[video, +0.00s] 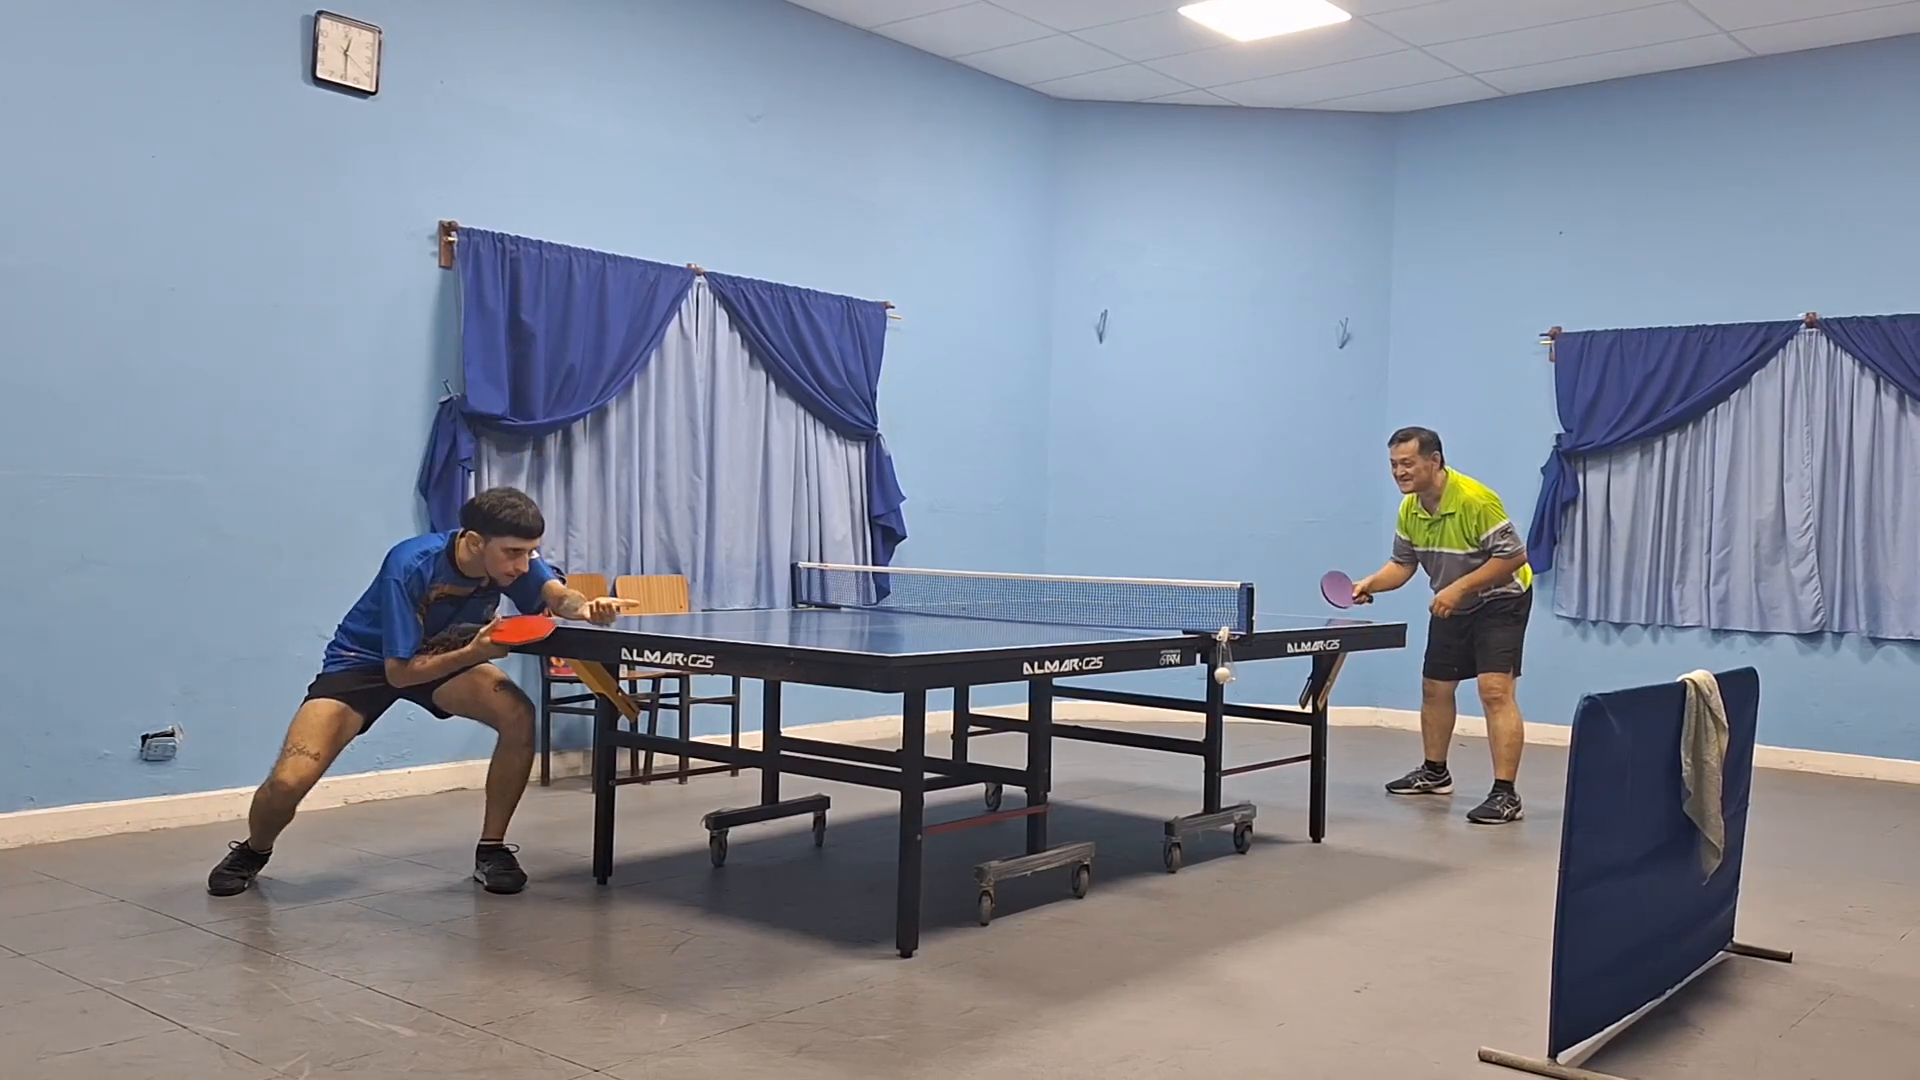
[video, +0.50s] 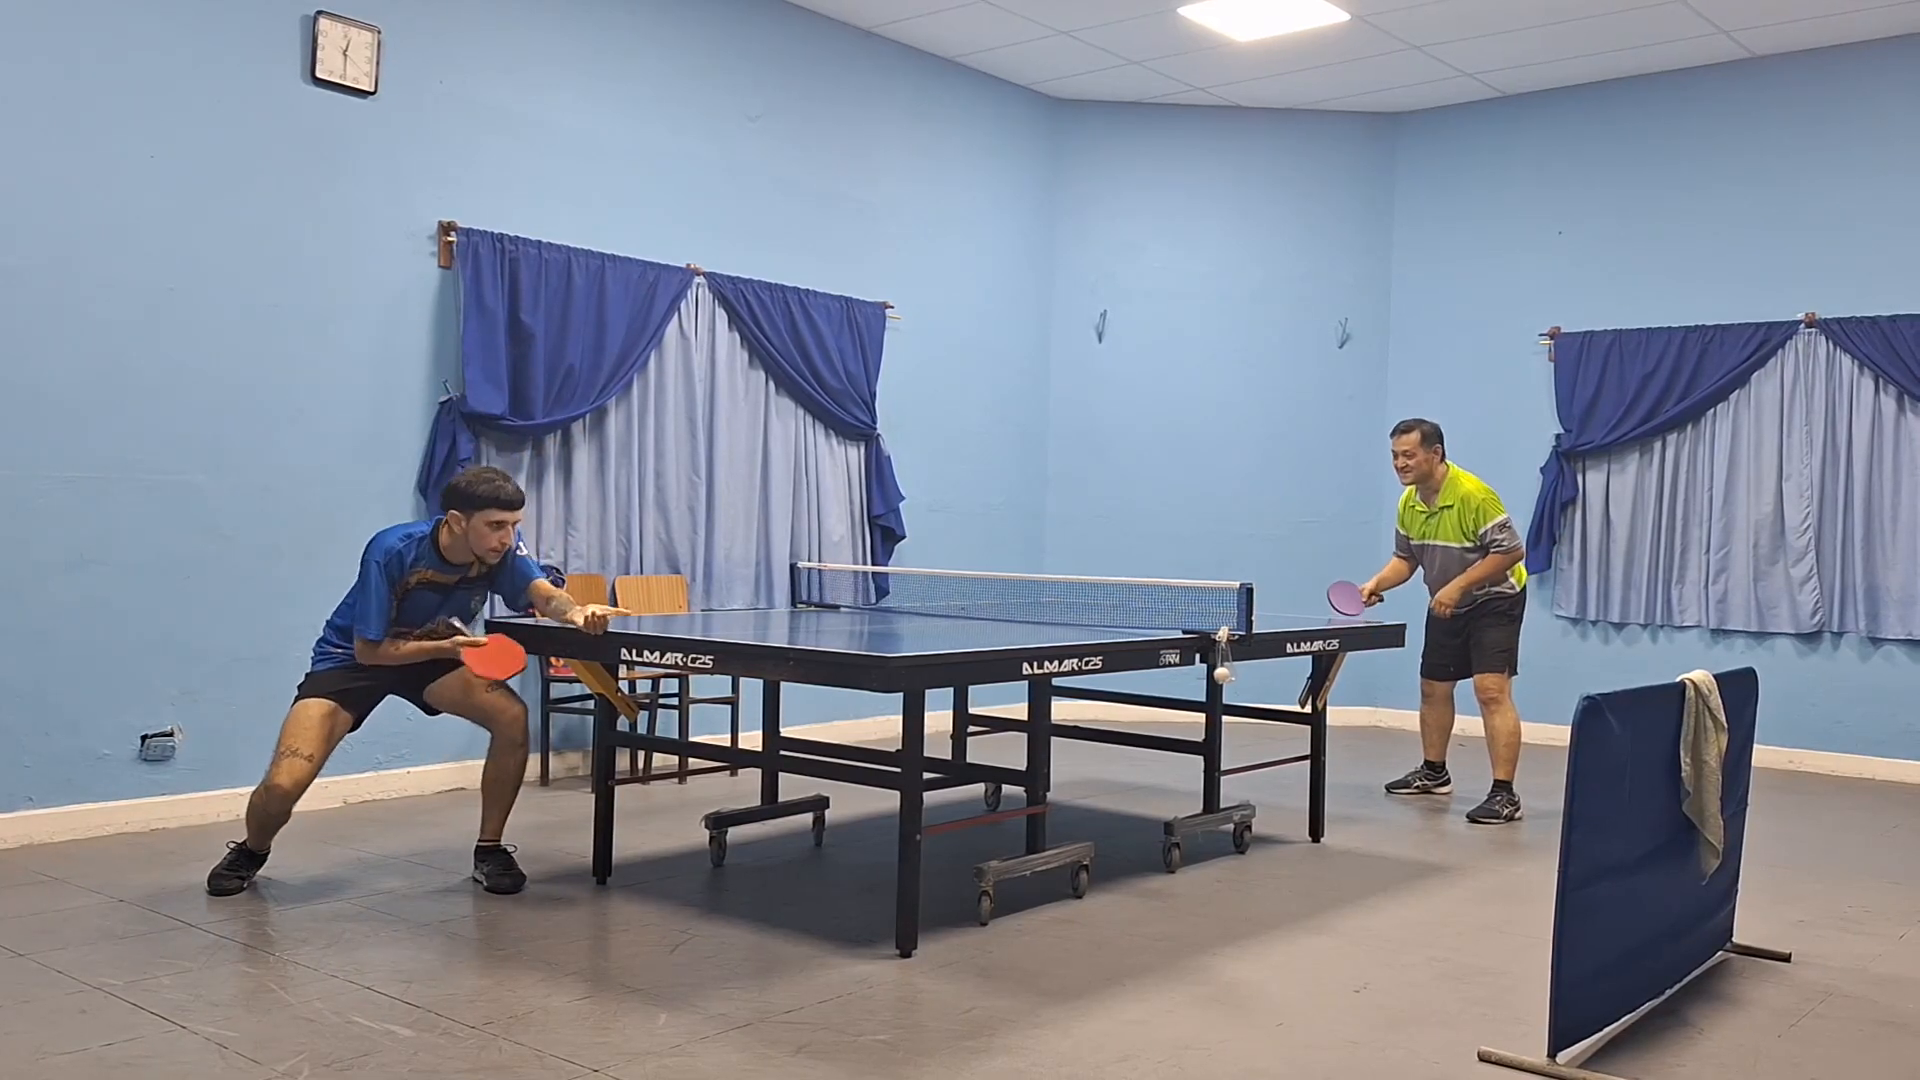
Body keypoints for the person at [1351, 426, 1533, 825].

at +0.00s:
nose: (1399, 471)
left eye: (1407, 463)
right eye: (1394, 464)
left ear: (1435, 462)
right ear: (1392, 467)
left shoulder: (1475, 500)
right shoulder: (1409, 509)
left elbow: (1513, 554)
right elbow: (1403, 563)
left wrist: (1460, 589)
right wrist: (1372, 584)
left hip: (1500, 600)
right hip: (1451, 605)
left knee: (1494, 690)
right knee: (1435, 686)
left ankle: (1505, 792)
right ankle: (1435, 770)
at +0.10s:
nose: (1398, 471)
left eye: (1406, 463)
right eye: (1394, 464)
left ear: (1434, 462)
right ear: (1392, 467)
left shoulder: (1474, 500)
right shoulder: (1409, 509)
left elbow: (1512, 554)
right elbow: (1405, 563)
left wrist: (1459, 589)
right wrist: (1375, 585)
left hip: (1499, 600)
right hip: (1450, 604)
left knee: (1494, 691)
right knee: (1435, 686)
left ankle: (1504, 793)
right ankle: (1434, 770)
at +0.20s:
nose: (1397, 470)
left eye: (1405, 462)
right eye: (1393, 463)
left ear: (1433, 461)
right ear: (1391, 465)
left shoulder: (1473, 500)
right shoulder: (1409, 508)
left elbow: (1511, 553)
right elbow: (1406, 563)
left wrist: (1459, 588)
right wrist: (1377, 587)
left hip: (1498, 600)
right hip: (1449, 605)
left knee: (1493, 691)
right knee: (1435, 686)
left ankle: (1504, 793)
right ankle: (1434, 770)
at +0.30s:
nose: (1398, 468)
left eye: (1405, 459)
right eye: (1393, 461)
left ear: (1434, 459)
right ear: (1392, 463)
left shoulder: (1473, 498)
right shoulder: (1409, 506)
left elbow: (1510, 552)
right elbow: (1407, 561)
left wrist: (1458, 587)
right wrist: (1380, 587)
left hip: (1497, 600)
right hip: (1448, 605)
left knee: (1493, 690)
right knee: (1435, 686)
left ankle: (1504, 793)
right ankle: (1434, 770)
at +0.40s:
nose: (1399, 465)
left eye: (1407, 457)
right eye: (1395, 458)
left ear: (1435, 457)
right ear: (1393, 460)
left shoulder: (1473, 496)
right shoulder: (1409, 504)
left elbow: (1510, 551)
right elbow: (1407, 559)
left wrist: (1458, 586)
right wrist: (1381, 585)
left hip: (1496, 600)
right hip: (1447, 604)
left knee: (1492, 690)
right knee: (1434, 686)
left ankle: (1504, 793)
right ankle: (1434, 771)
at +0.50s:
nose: (1400, 463)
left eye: (1408, 455)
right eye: (1395, 456)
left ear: (1435, 455)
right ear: (1394, 458)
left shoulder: (1472, 495)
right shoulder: (1408, 503)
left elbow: (1510, 549)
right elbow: (1406, 558)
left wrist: (1459, 586)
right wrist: (1378, 582)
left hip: (1494, 600)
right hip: (1445, 604)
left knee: (1491, 690)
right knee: (1433, 686)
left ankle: (1503, 793)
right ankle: (1434, 771)